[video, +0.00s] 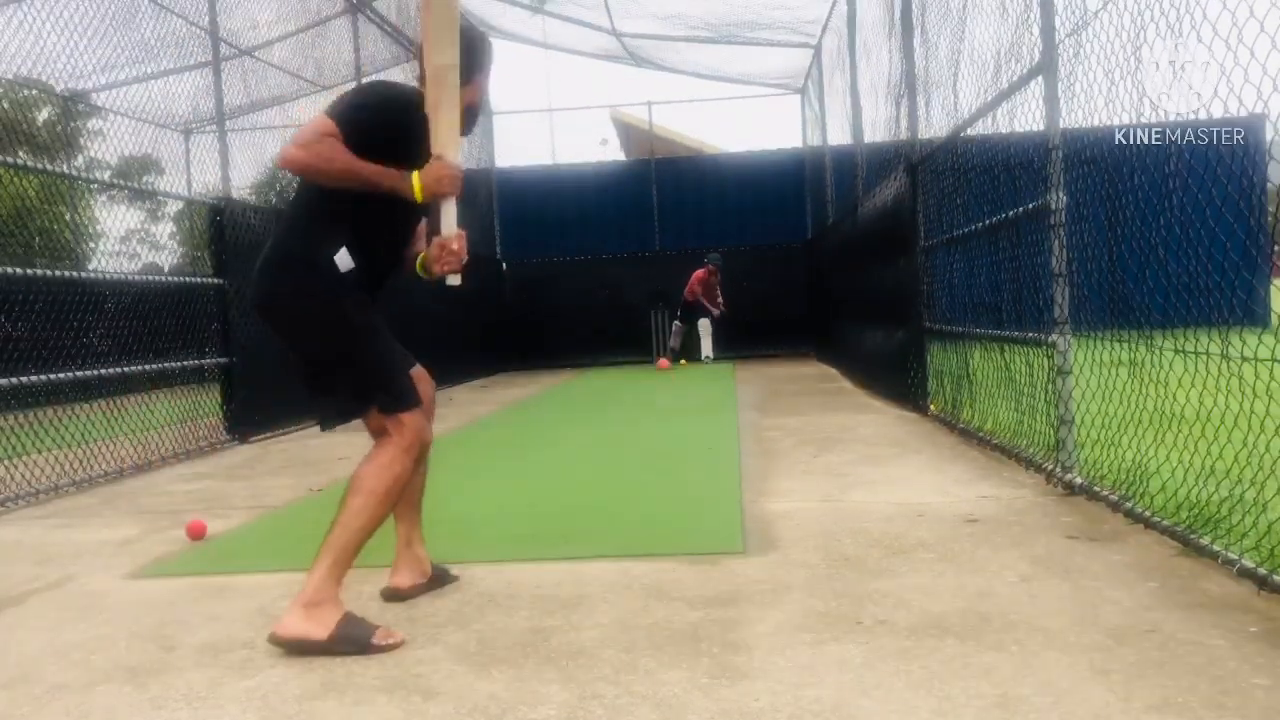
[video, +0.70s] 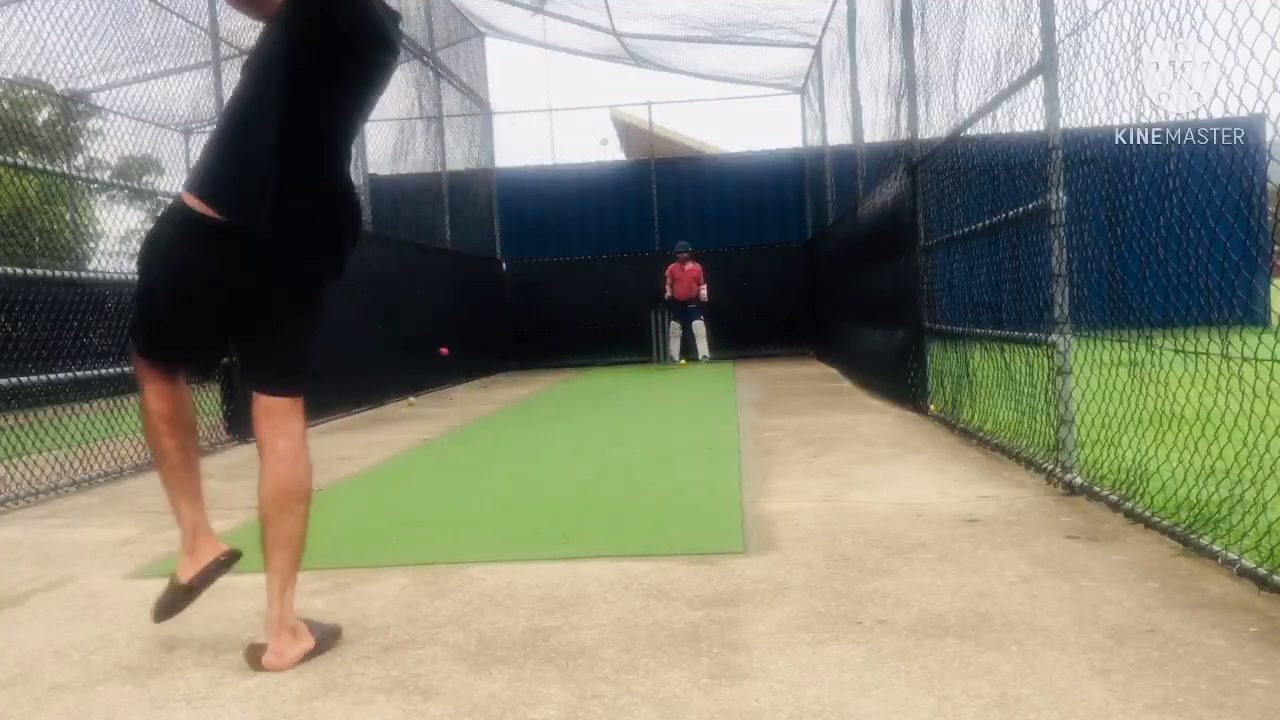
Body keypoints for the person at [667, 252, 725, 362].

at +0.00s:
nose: (714, 268)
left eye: (716, 265)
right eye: (712, 265)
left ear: (718, 266)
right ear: (707, 264)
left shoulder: (716, 275)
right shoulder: (699, 275)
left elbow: (716, 288)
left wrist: (719, 298)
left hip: (702, 302)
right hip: (689, 302)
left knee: (705, 326)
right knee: (680, 326)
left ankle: (707, 356)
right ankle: (673, 350)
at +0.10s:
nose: (711, 263)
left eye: (713, 261)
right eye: (709, 260)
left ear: (716, 262)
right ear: (704, 260)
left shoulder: (715, 275)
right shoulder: (695, 271)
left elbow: (718, 292)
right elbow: (687, 290)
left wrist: (721, 305)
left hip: (703, 304)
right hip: (689, 302)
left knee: (704, 325)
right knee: (678, 324)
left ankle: (707, 356)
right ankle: (674, 352)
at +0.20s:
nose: (707, 260)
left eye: (709, 257)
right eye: (704, 257)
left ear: (712, 259)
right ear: (700, 258)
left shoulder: (713, 274)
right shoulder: (690, 269)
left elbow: (716, 292)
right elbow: (681, 280)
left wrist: (719, 303)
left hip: (700, 303)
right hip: (685, 301)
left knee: (704, 326)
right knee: (678, 326)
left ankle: (707, 356)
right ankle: (674, 354)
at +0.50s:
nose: (689, 256)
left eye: (691, 253)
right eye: (686, 253)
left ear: (695, 254)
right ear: (682, 255)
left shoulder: (699, 268)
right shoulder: (675, 268)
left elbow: (703, 286)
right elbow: (667, 282)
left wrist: (704, 297)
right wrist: (662, 289)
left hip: (693, 303)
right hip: (678, 303)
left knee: (699, 326)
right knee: (675, 329)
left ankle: (706, 355)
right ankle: (674, 357)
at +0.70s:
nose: (682, 255)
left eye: (684, 253)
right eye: (680, 253)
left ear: (689, 253)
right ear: (676, 255)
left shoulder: (696, 267)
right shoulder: (672, 269)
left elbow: (702, 284)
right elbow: (668, 284)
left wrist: (703, 294)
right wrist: (668, 293)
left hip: (693, 302)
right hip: (677, 303)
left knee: (699, 327)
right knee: (675, 329)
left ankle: (704, 356)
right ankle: (674, 357)